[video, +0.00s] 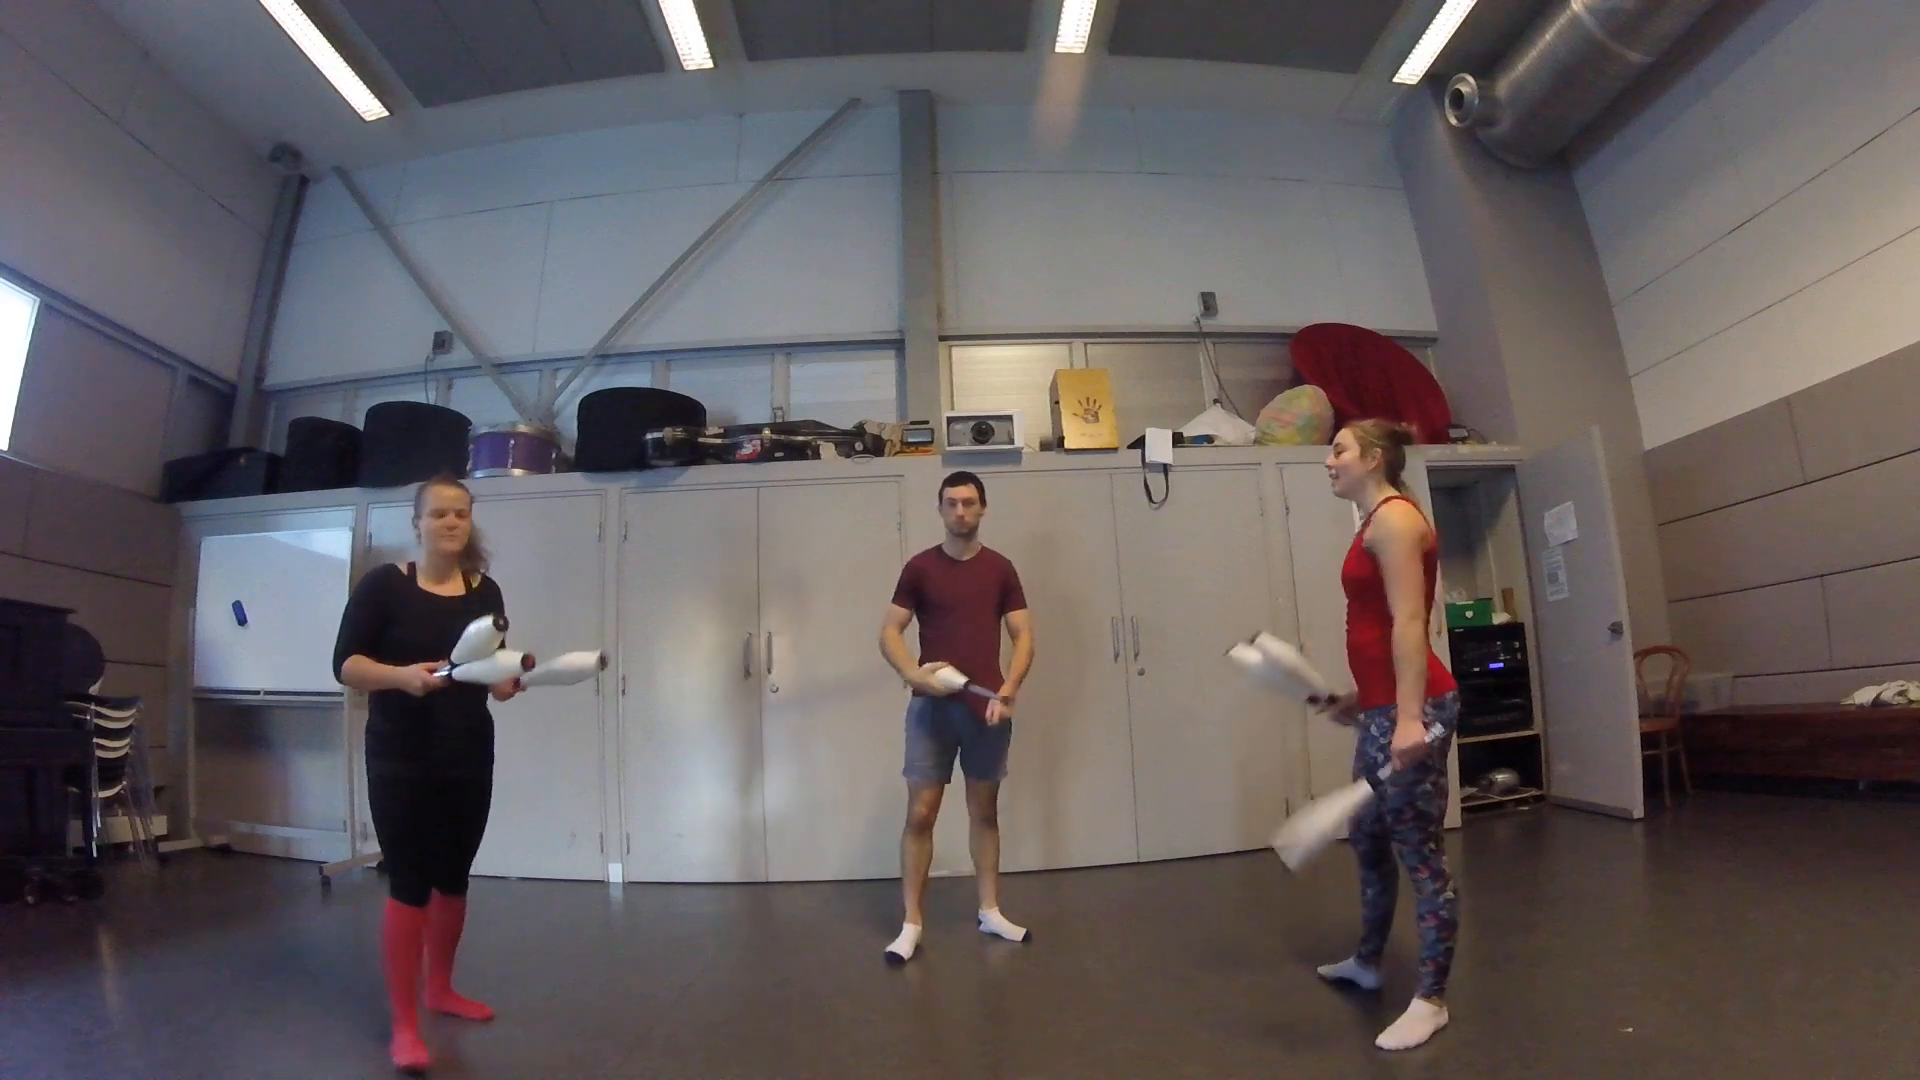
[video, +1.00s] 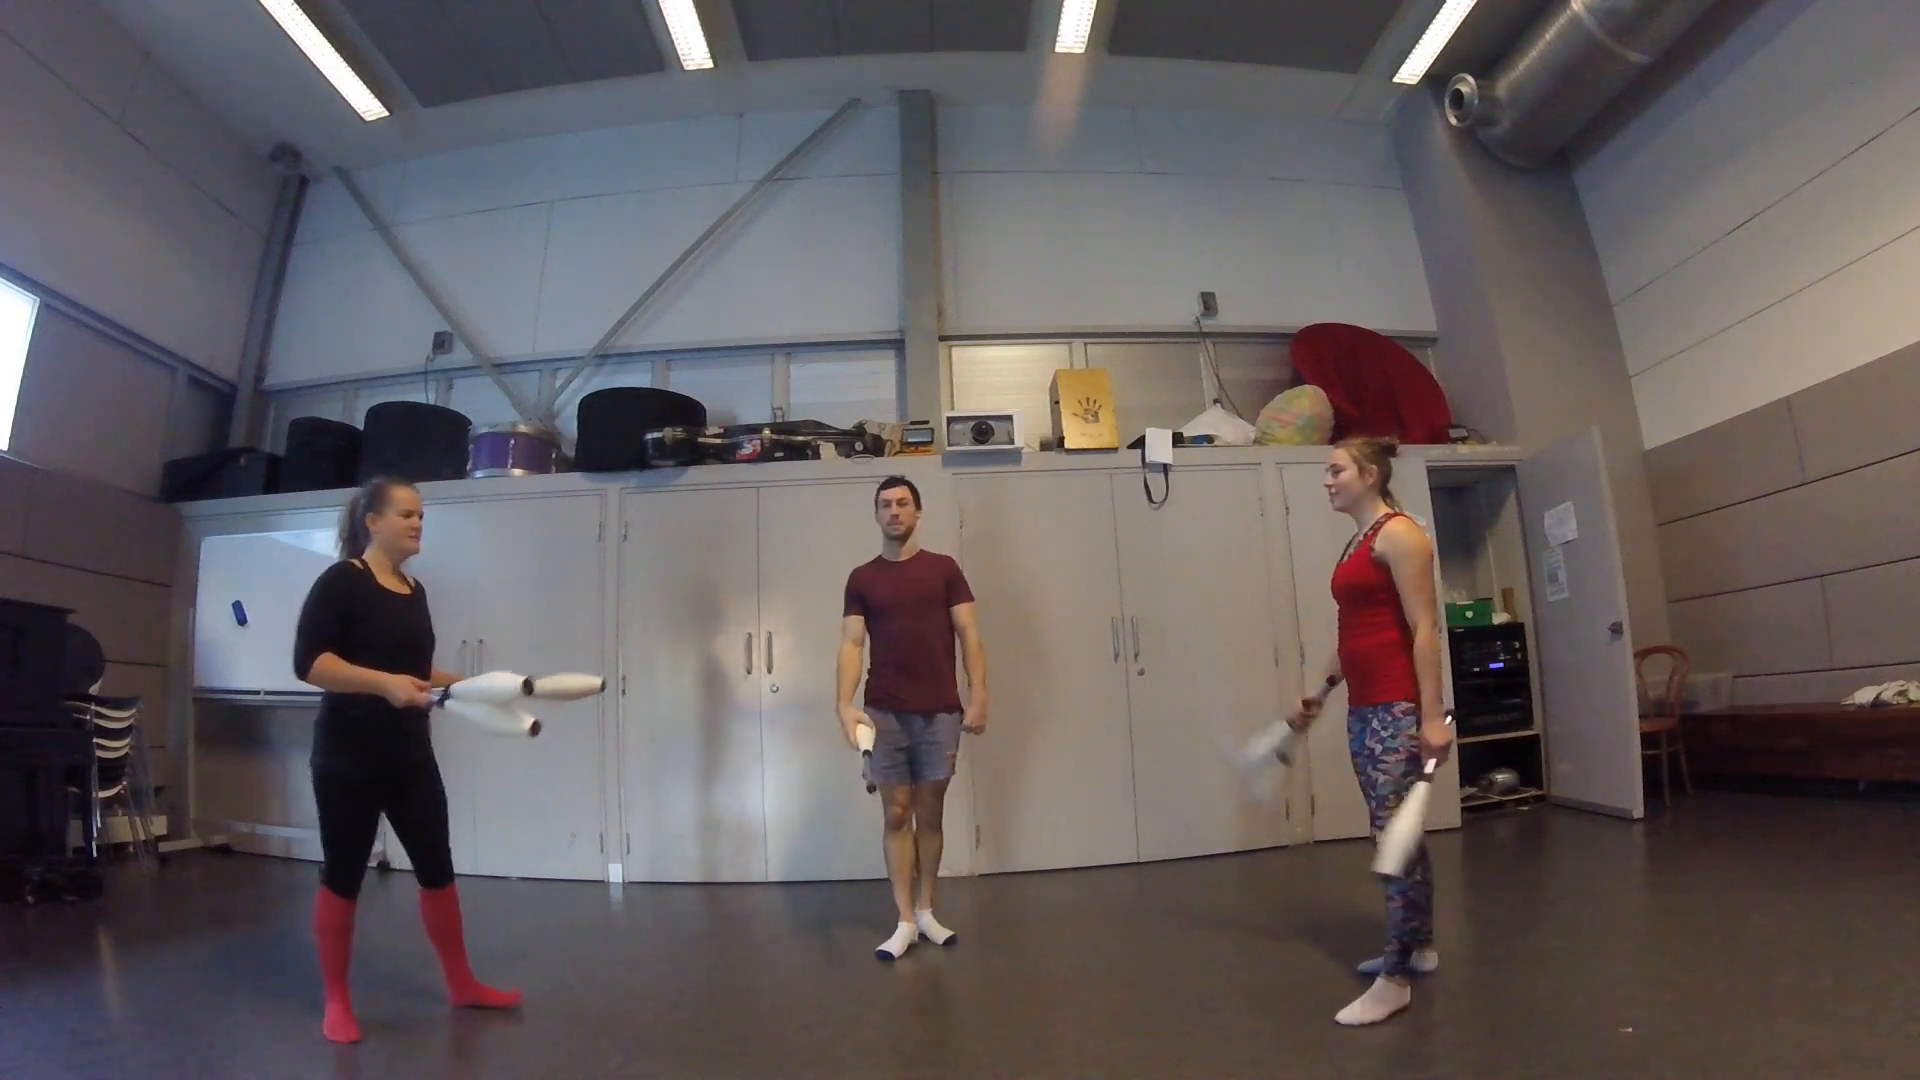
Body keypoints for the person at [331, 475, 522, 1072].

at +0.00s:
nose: (452, 522)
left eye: (461, 513)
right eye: (440, 514)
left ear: (473, 523)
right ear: (418, 524)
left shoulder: (484, 592)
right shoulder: (382, 584)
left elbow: (494, 670)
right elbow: (346, 664)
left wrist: (507, 675)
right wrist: (402, 676)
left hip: (468, 760)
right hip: (401, 762)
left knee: (453, 881)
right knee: (410, 888)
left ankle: (439, 990)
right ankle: (403, 1025)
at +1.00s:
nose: (419, 525)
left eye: (421, 517)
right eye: (408, 516)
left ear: (415, 527)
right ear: (371, 522)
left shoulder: (412, 591)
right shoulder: (338, 583)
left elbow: (412, 670)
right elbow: (310, 663)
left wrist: (473, 687)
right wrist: (385, 683)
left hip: (409, 752)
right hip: (348, 753)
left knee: (436, 869)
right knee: (342, 875)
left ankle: (462, 986)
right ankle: (337, 1002)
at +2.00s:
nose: (465, 519)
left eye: (465, 510)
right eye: (454, 510)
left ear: (458, 522)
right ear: (417, 519)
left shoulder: (462, 586)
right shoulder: (395, 582)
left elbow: (505, 645)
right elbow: (400, 660)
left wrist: (536, 590)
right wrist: (481, 671)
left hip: (457, 748)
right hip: (402, 751)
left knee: (457, 871)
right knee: (403, 875)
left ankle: (465, 986)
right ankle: (404, 1005)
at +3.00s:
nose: (472, 518)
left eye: (472, 510)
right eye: (460, 510)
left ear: (467, 523)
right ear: (426, 522)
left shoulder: (478, 591)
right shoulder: (406, 584)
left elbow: (504, 665)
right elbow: (397, 660)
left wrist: (541, 678)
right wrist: (463, 698)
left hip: (473, 749)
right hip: (418, 751)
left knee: (466, 872)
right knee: (416, 874)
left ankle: (467, 987)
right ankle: (405, 1005)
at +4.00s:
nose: (459, 515)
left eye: (459, 506)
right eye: (447, 507)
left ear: (454, 518)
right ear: (412, 518)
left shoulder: (468, 588)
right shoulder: (393, 581)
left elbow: (501, 658)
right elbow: (379, 670)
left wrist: (546, 624)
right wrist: (430, 734)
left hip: (465, 751)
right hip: (408, 753)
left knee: (463, 871)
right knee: (408, 877)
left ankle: (466, 988)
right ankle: (409, 1012)